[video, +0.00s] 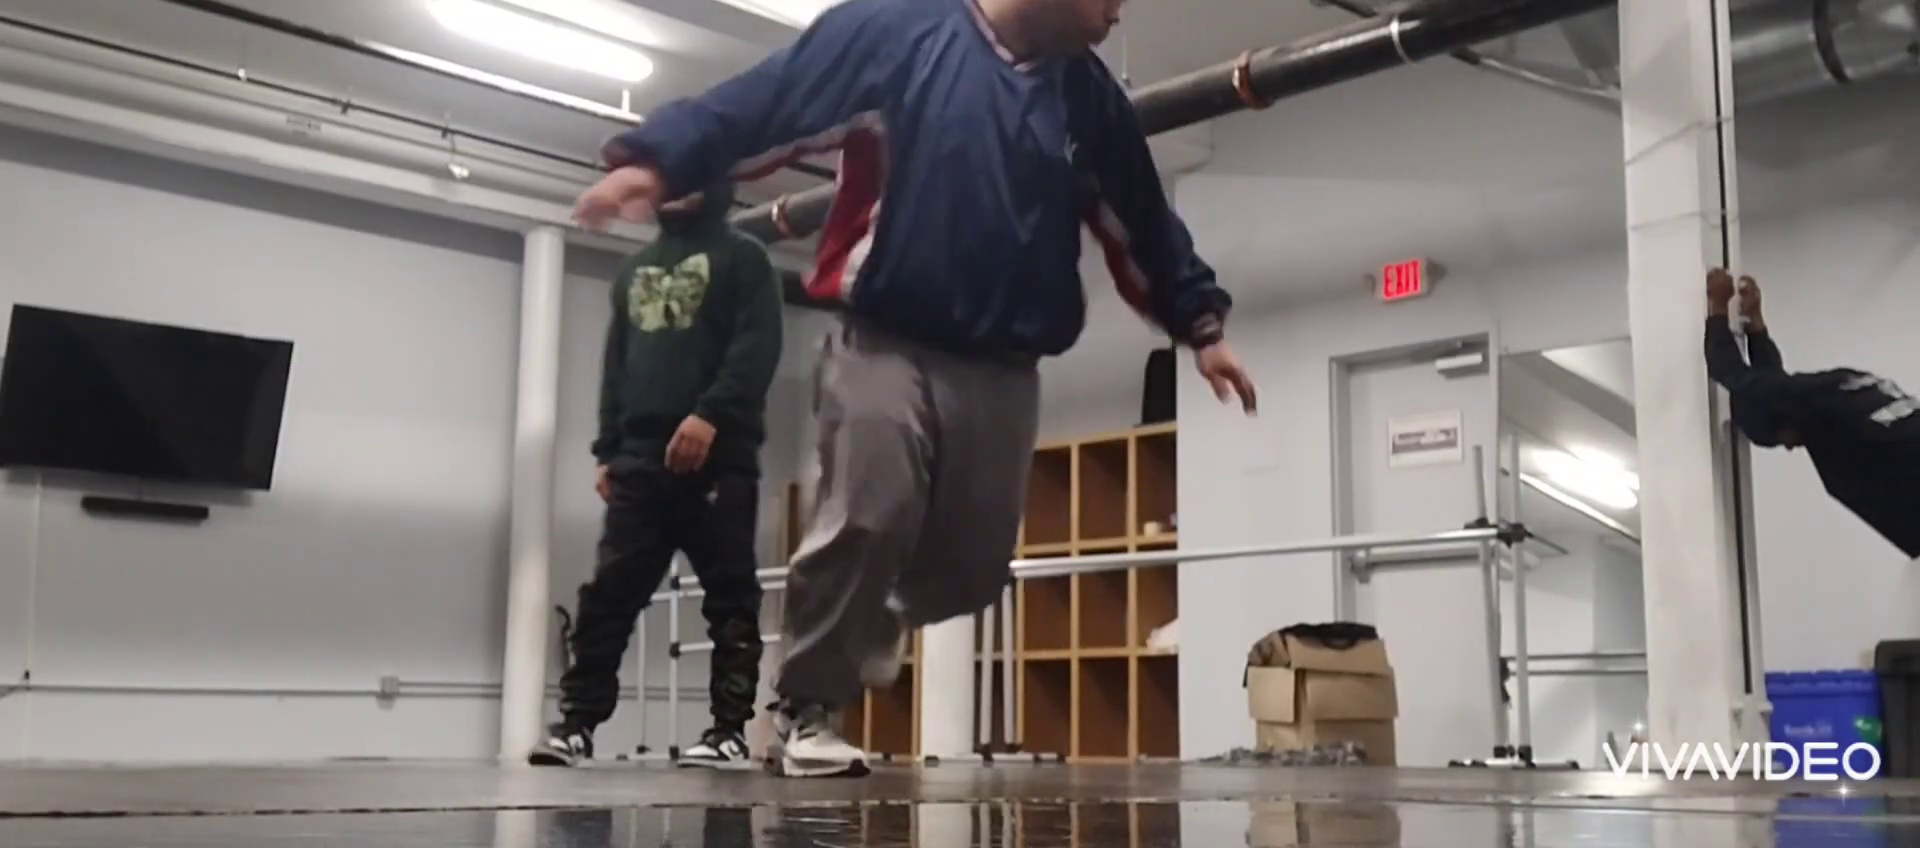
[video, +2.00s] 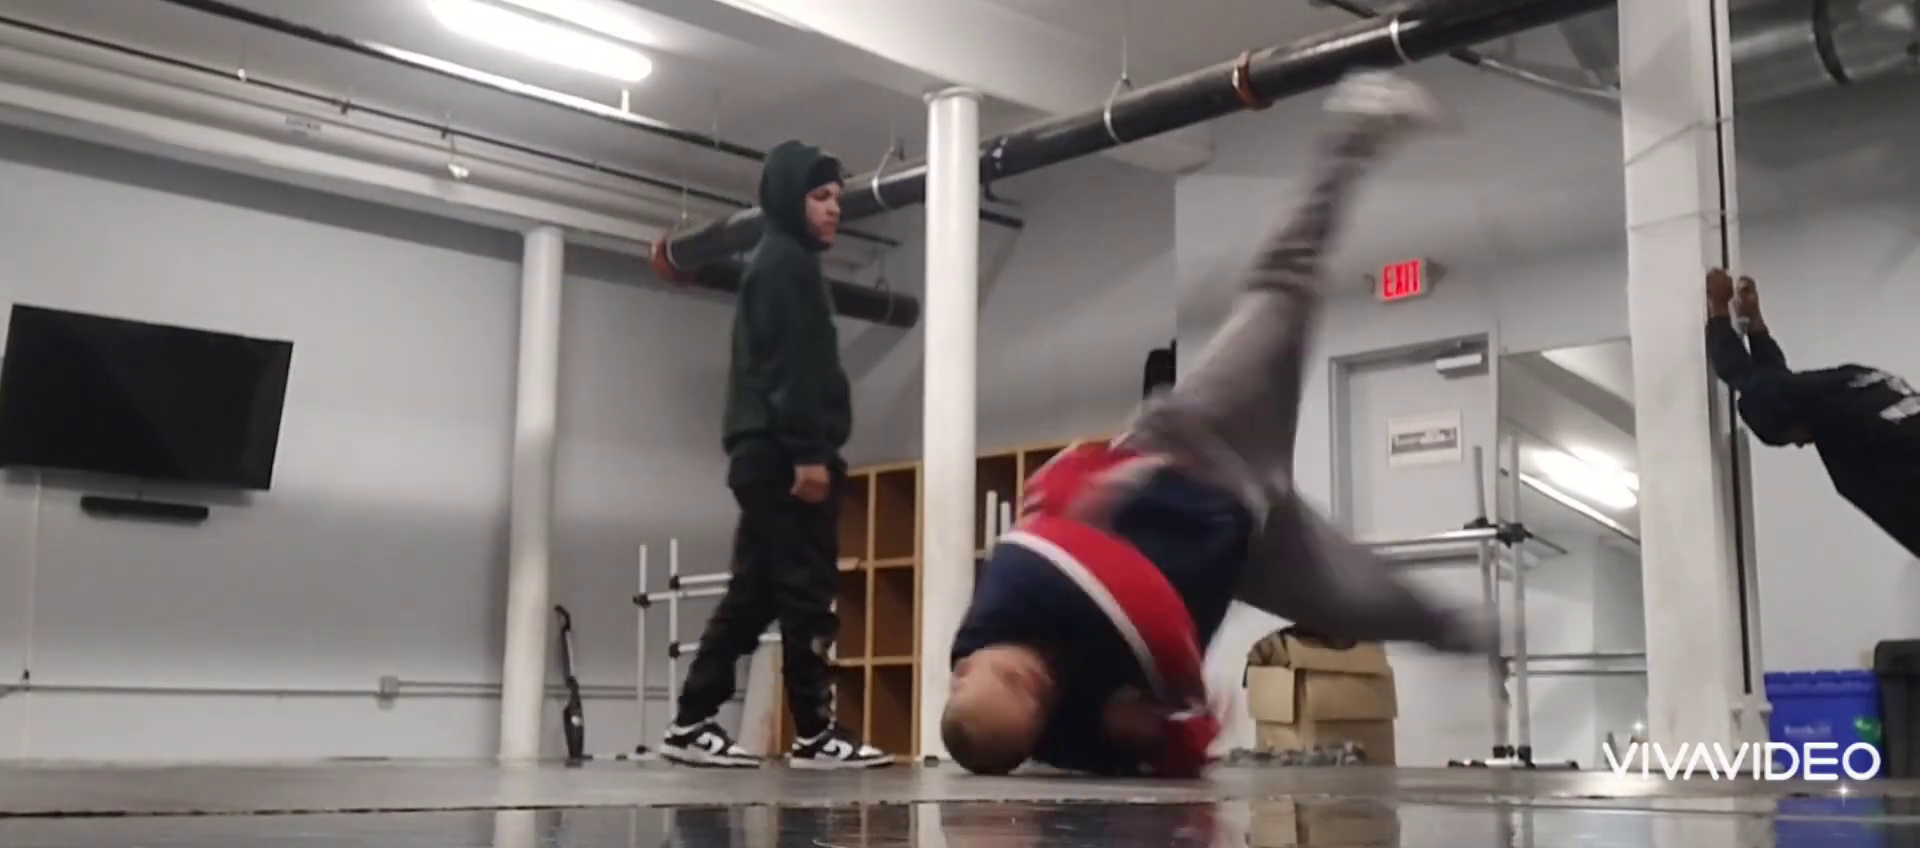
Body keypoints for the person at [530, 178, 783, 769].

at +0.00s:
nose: (673, 194)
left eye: (686, 180)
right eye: (664, 181)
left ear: (713, 184)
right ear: (649, 191)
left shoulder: (743, 256)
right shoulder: (635, 271)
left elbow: (757, 349)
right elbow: (616, 365)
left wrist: (708, 416)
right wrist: (609, 449)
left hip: (720, 459)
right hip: (642, 456)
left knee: (730, 594)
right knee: (610, 592)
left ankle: (728, 733)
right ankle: (576, 728)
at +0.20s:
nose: (638, 164)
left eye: (652, 157)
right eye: (627, 156)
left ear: (675, 175)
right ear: (612, 173)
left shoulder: (704, 248)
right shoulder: (589, 254)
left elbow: (729, 340)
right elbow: (563, 349)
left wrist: (727, 428)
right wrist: (547, 439)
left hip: (674, 444)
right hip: (595, 443)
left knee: (687, 589)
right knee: (577, 593)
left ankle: (719, 723)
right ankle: (575, 728)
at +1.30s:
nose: (725, 195)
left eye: (732, 186)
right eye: (712, 181)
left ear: (736, 198)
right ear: (679, 186)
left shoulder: (729, 275)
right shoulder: (644, 254)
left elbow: (747, 367)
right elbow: (628, 348)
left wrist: (764, 454)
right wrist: (643, 434)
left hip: (727, 452)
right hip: (669, 446)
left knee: (704, 593)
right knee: (643, 579)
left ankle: (683, 729)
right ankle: (592, 713)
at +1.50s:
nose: (756, 200)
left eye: (761, 190)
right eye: (744, 186)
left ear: (762, 199)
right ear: (709, 188)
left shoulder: (741, 271)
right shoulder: (681, 255)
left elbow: (751, 373)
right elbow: (670, 349)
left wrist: (777, 459)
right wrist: (679, 435)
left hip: (739, 447)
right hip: (700, 444)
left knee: (718, 581)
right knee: (704, 578)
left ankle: (692, 722)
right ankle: (681, 723)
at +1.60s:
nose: (772, 202)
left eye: (778, 192)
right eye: (760, 189)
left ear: (777, 201)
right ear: (725, 192)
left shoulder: (740, 264)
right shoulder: (702, 253)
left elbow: (753, 370)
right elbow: (693, 350)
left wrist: (770, 459)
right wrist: (708, 434)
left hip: (740, 448)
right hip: (711, 446)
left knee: (704, 586)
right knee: (739, 580)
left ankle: (683, 727)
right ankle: (750, 727)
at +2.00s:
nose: (835, 209)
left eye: (837, 197)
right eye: (823, 197)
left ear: (824, 202)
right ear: (789, 200)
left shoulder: (781, 261)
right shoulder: (786, 262)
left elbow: (791, 363)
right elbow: (793, 363)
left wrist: (809, 447)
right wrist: (807, 451)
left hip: (768, 451)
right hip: (785, 452)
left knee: (754, 592)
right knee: (809, 593)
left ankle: (692, 722)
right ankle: (816, 734)